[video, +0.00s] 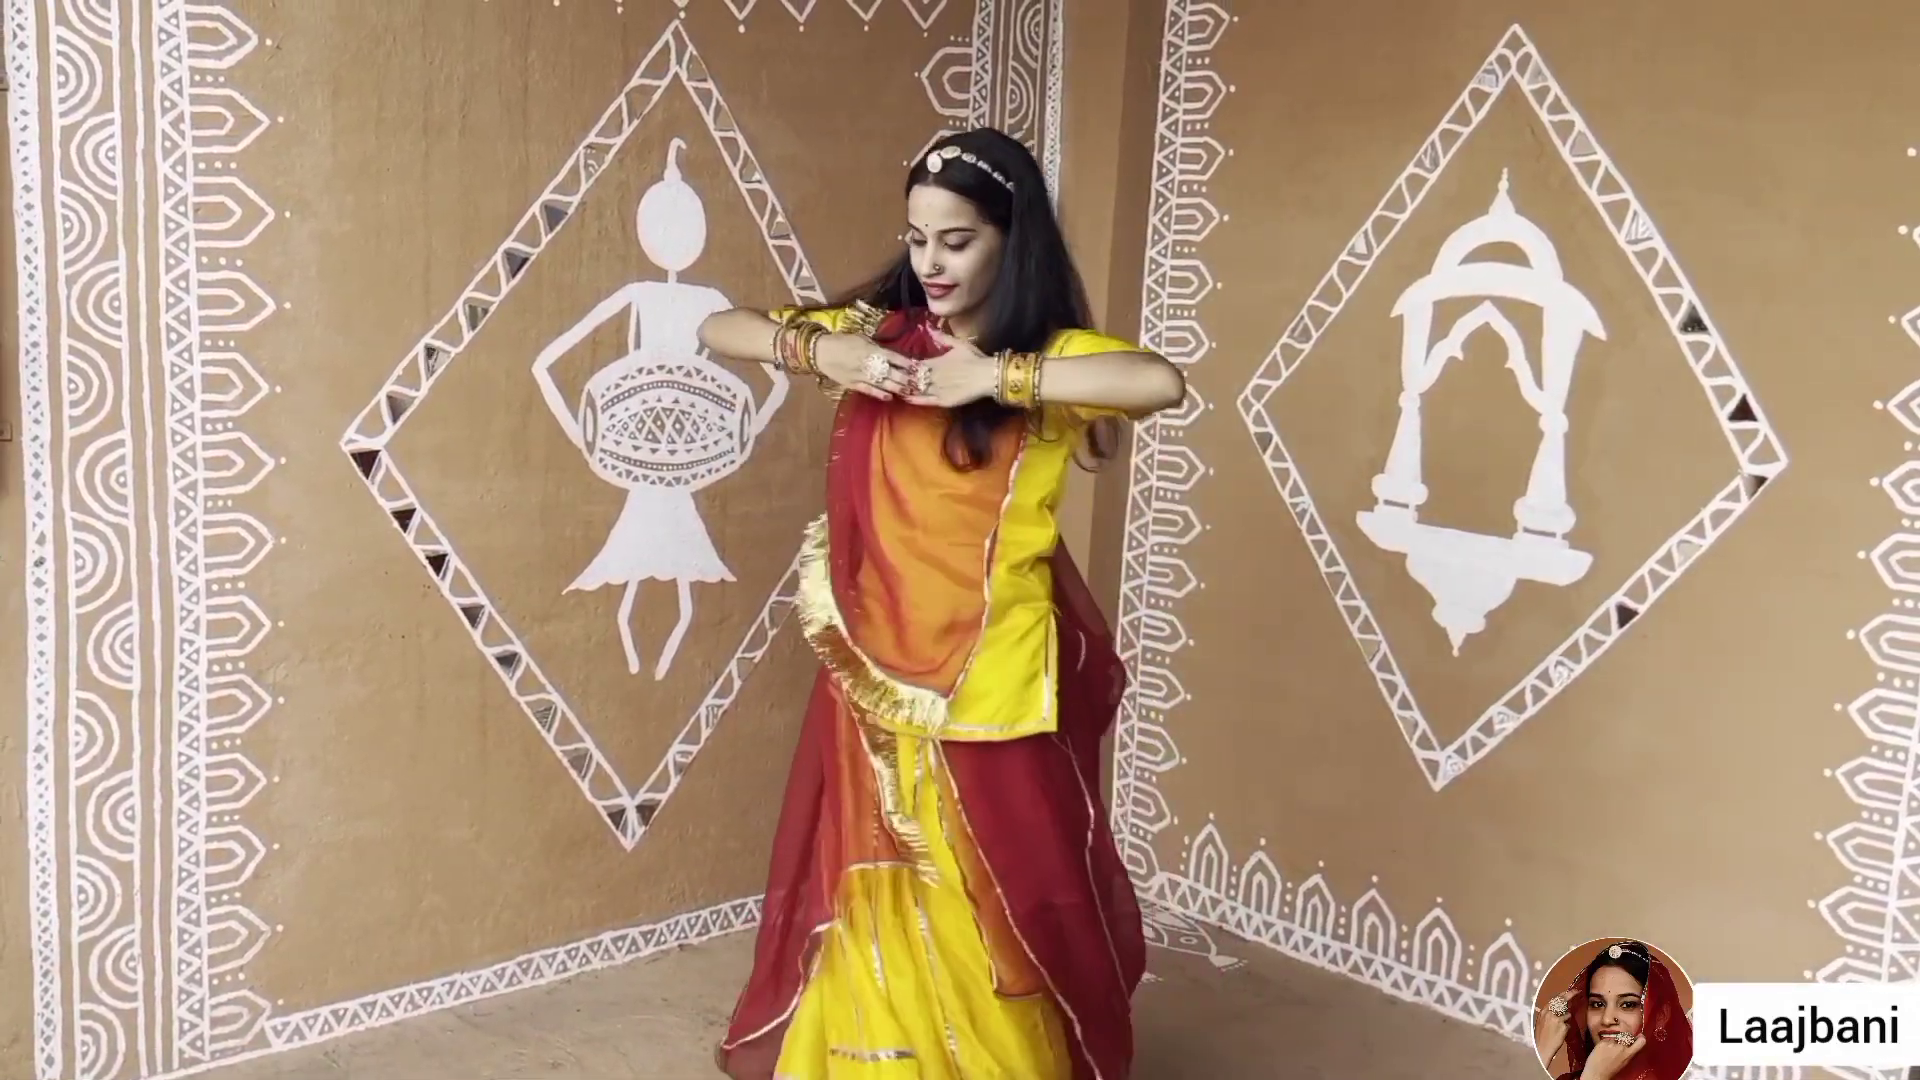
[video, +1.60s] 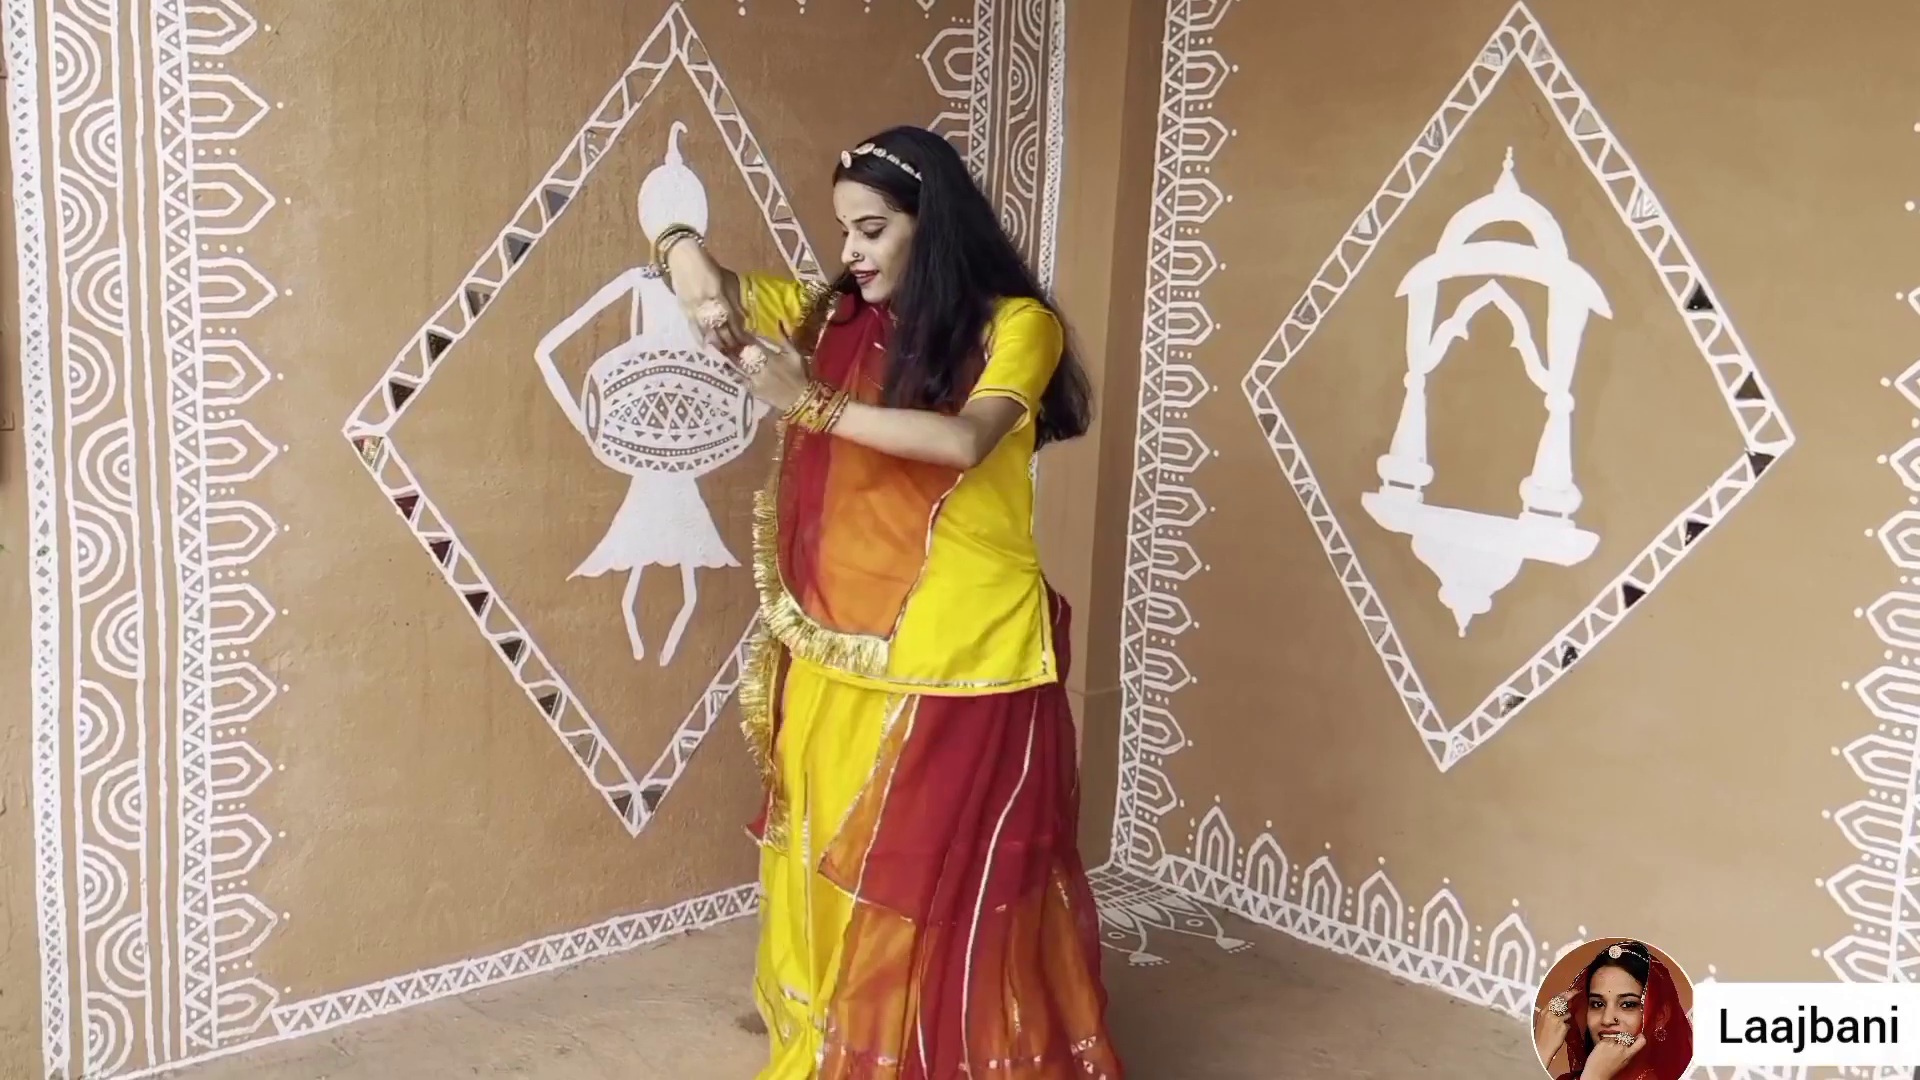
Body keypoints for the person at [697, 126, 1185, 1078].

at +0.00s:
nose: (931, 262)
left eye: (954, 240)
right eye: (918, 239)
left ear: (1012, 238)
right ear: (904, 240)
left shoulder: (1050, 354)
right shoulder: (876, 327)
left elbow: (1161, 384)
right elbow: (721, 330)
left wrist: (991, 376)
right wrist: (821, 350)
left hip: (994, 696)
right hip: (868, 679)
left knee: (990, 948)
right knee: (859, 933)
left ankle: (1003, 1065)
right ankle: (859, 1065)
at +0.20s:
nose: (887, 273)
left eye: (911, 253)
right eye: (879, 250)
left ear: (974, 257)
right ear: (873, 251)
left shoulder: (1011, 368)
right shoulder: (868, 358)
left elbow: (1054, 455)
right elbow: (732, 403)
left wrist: (909, 469)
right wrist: (783, 446)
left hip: (949, 702)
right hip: (845, 693)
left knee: (937, 944)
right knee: (822, 934)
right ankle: (822, 1061)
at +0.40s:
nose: (834, 285)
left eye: (859, 264)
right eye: (829, 262)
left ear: (924, 271)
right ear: (827, 264)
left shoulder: (963, 391)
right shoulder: (835, 389)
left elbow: (928, 518)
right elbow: (729, 474)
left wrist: (794, 590)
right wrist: (718, 559)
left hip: (938, 707)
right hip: (836, 700)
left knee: (888, 949)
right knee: (757, 929)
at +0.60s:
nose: (769, 279)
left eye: (795, 257)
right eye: (767, 257)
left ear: (862, 268)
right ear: (774, 267)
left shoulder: (896, 384)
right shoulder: (789, 389)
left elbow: (779, 509)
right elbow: (671, 488)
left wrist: (648, 599)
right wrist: (597, 579)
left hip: (942, 694)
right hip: (849, 699)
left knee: (907, 945)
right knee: (776, 930)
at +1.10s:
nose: (802, 292)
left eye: (823, 271)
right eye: (797, 271)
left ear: (886, 273)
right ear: (802, 276)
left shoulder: (927, 380)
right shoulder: (824, 391)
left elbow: (849, 483)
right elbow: (727, 473)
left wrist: (739, 567)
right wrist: (695, 543)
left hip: (954, 679)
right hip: (852, 676)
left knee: (920, 910)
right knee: (785, 898)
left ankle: (914, 1068)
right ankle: (765, 1063)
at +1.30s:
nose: (827, 243)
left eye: (849, 220)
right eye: (820, 221)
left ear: (911, 219)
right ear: (818, 226)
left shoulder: (966, 325)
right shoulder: (832, 326)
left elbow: (932, 445)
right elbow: (709, 357)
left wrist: (819, 476)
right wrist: (705, 408)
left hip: (951, 656)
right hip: (846, 653)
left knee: (929, 887)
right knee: (826, 880)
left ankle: (938, 1066)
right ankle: (825, 1060)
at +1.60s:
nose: (852, 253)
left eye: (871, 231)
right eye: (845, 231)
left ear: (934, 225)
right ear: (843, 229)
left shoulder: (1015, 323)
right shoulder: (843, 312)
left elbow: (968, 438)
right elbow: (688, 261)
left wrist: (813, 404)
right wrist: (701, 281)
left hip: (962, 661)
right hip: (835, 651)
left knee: (927, 886)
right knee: (827, 876)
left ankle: (930, 1061)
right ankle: (828, 1054)